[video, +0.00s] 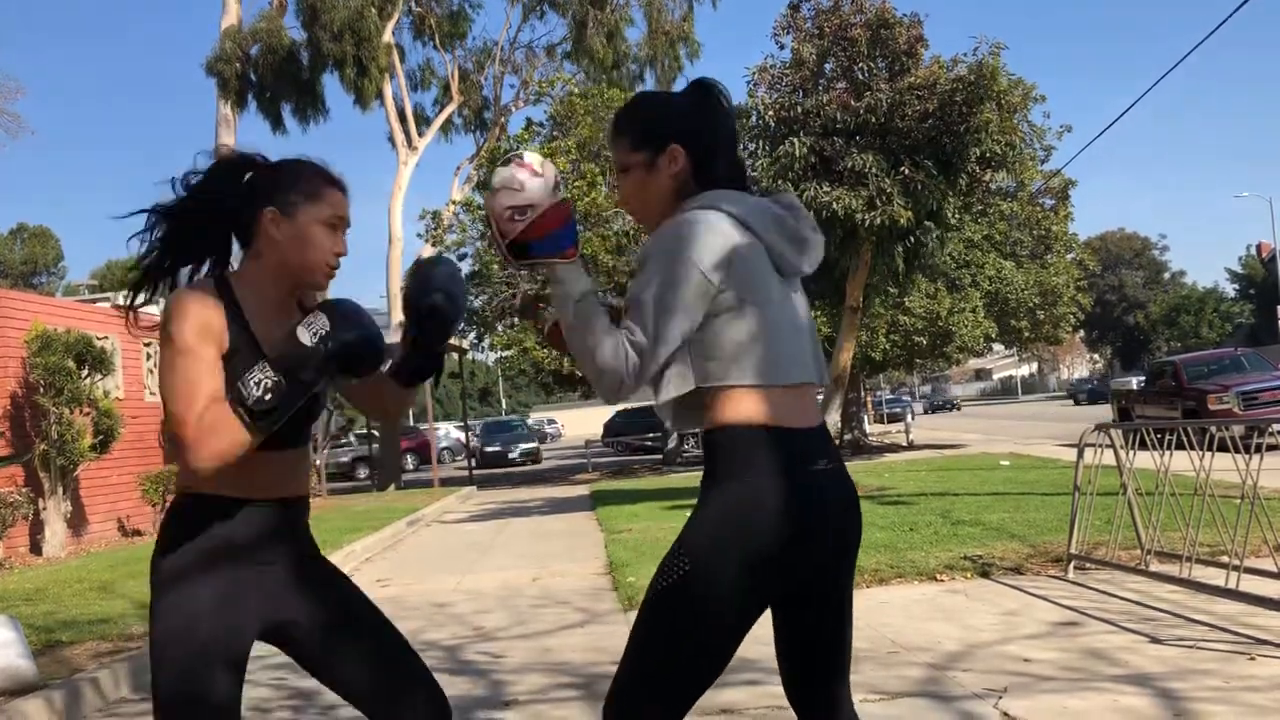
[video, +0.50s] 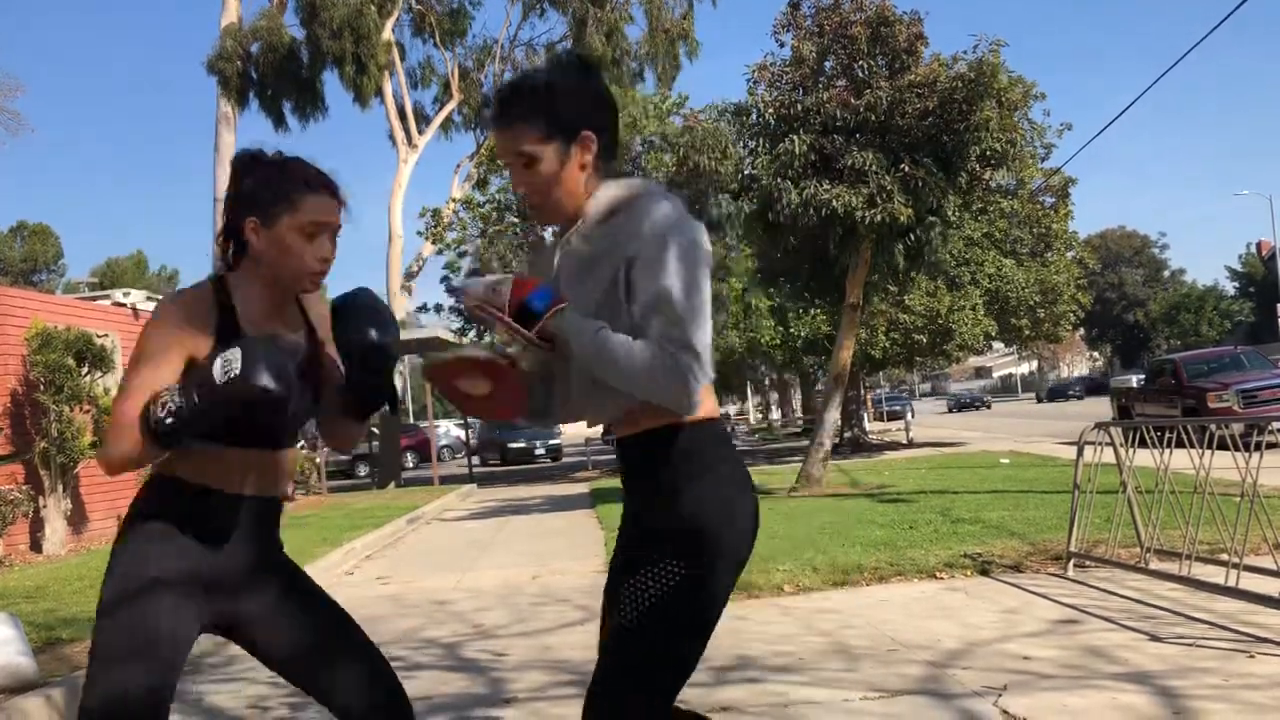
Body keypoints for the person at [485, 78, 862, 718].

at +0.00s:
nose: (617, 193)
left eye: (624, 173)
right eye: (615, 176)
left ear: (673, 163)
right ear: (676, 162)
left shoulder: (693, 233)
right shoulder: (765, 229)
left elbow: (619, 370)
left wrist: (564, 268)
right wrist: (590, 334)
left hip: (749, 498)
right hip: (824, 492)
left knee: (636, 706)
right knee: (825, 700)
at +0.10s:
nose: (617, 193)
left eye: (624, 174)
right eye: (615, 176)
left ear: (674, 165)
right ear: (672, 164)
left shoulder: (676, 237)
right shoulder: (778, 231)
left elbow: (593, 369)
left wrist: (505, 286)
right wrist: (636, 305)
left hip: (747, 499)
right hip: (825, 493)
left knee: (635, 707)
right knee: (826, 702)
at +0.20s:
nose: (610, 195)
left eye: (614, 173)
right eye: (606, 176)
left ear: (664, 161)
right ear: (667, 161)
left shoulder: (683, 224)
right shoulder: (742, 222)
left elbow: (645, 375)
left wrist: (569, 346)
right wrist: (638, 268)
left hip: (753, 487)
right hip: (817, 482)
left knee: (630, 704)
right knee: (823, 698)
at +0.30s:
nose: (584, 191)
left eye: (591, 170)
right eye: (580, 174)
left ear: (644, 160)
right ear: (642, 163)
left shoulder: (685, 223)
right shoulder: (677, 232)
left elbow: (681, 366)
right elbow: (643, 391)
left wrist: (572, 309)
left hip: (754, 490)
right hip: (782, 483)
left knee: (622, 704)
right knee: (810, 702)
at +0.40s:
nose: (546, 185)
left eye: (556, 164)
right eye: (541, 168)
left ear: (611, 153)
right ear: (605, 159)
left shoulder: (667, 218)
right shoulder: (624, 237)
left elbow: (682, 364)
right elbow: (627, 382)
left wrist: (571, 280)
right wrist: (549, 341)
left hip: (722, 488)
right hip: (699, 485)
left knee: (626, 706)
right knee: (763, 701)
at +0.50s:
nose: (515, 185)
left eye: (527, 163)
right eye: (506, 166)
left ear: (582, 150)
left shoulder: (653, 218)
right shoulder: (565, 251)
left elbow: (682, 383)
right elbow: (588, 391)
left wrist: (553, 320)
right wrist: (507, 396)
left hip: (693, 478)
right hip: (651, 480)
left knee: (621, 704)